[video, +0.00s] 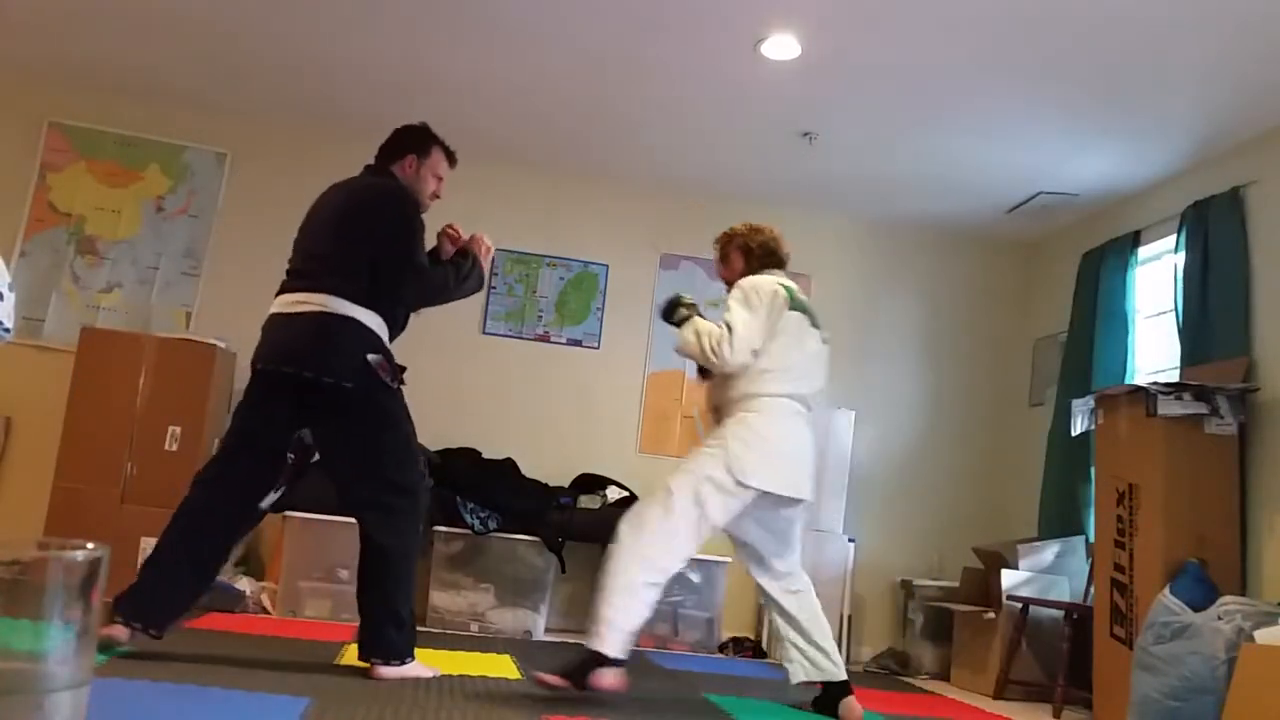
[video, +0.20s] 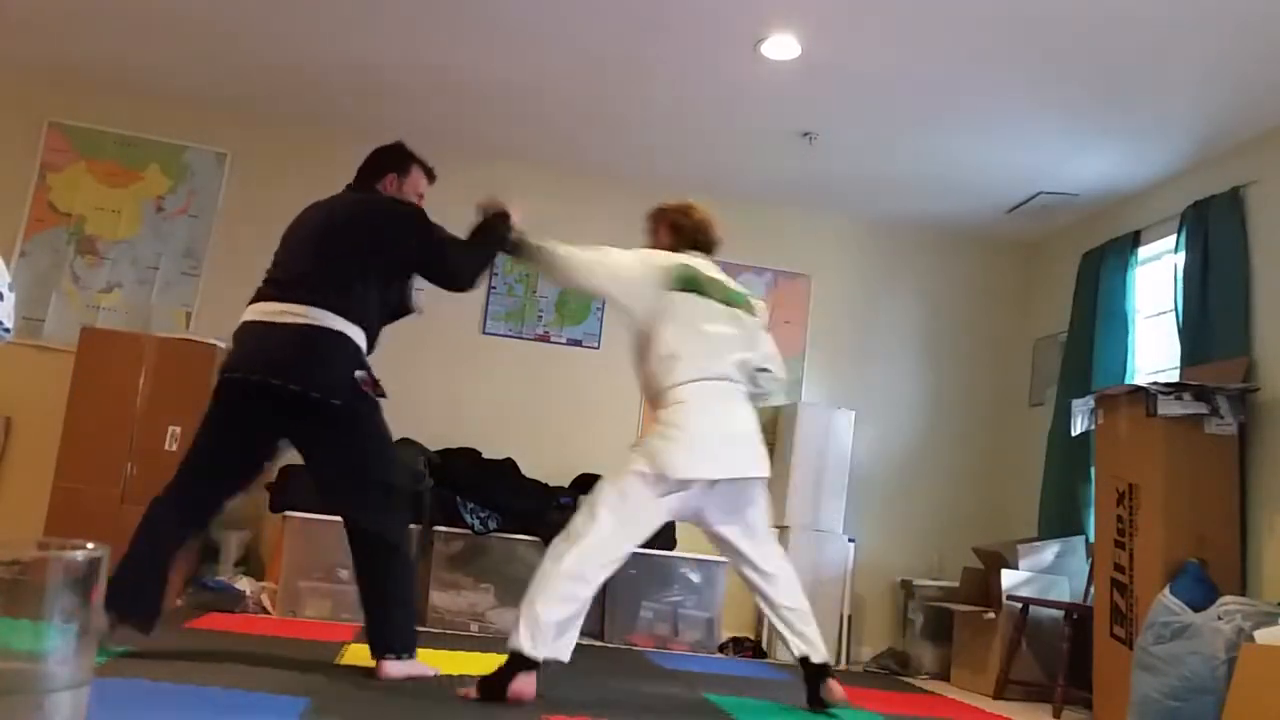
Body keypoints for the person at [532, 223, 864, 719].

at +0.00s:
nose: (720, 271)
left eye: (724, 261)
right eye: (720, 262)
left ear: (744, 257)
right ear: (771, 260)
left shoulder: (755, 288)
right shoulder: (803, 309)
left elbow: (730, 351)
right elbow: (782, 378)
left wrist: (685, 317)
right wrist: (714, 356)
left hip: (752, 439)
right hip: (794, 450)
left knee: (653, 525)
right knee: (782, 571)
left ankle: (604, 656)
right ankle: (833, 686)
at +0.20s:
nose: (649, 242)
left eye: (653, 234)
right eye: (651, 234)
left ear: (668, 234)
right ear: (709, 242)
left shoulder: (655, 268)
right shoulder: (744, 299)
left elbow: (580, 266)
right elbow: (773, 379)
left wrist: (516, 240)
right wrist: (712, 391)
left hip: (680, 440)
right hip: (743, 447)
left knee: (586, 547)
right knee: (764, 557)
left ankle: (521, 665)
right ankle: (818, 674)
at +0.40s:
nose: (625, 218)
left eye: (630, 210)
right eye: (627, 210)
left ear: (645, 211)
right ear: (686, 219)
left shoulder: (630, 247)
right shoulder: (716, 284)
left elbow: (546, 284)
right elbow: (724, 374)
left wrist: (481, 270)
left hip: (639, 427)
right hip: (698, 435)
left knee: (556, 537)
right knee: (700, 542)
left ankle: (515, 666)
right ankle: (776, 648)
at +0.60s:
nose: (635, 220)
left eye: (639, 210)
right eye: (635, 210)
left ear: (663, 209)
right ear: (691, 214)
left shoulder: (653, 250)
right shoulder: (735, 287)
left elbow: (616, 330)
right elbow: (726, 371)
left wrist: (567, 304)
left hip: (630, 422)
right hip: (693, 438)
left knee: (540, 524)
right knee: (701, 563)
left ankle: (502, 662)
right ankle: (750, 695)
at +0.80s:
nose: (646, 227)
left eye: (649, 217)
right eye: (645, 218)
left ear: (670, 212)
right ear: (708, 218)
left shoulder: (664, 246)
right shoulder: (749, 286)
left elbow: (617, 323)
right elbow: (738, 368)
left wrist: (579, 294)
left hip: (651, 424)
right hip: (719, 440)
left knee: (557, 533)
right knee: (724, 565)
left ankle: (526, 665)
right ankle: (758, 701)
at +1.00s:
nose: (635, 229)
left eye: (639, 218)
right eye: (635, 219)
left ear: (664, 217)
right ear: (694, 222)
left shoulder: (653, 258)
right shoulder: (738, 291)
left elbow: (615, 338)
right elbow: (730, 373)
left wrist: (571, 317)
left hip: (639, 430)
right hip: (705, 445)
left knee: (531, 514)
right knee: (715, 573)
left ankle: (508, 652)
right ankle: (758, 704)